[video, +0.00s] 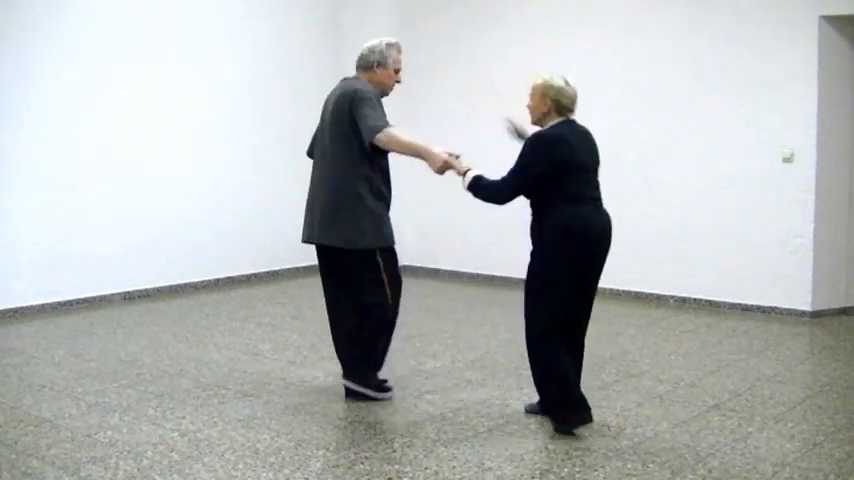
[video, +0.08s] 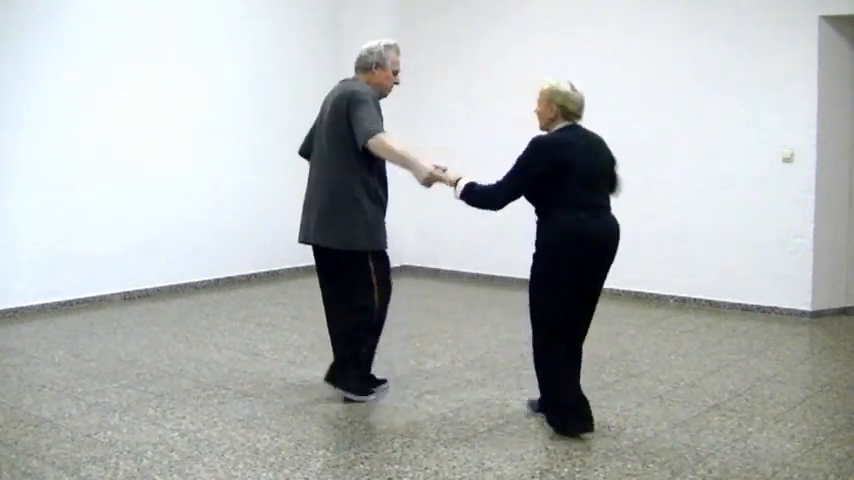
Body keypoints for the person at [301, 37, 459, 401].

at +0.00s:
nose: (399, 77)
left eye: (400, 70)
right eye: (396, 69)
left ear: (368, 67)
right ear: (377, 67)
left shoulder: (339, 94)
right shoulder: (362, 93)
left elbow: (316, 151)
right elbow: (380, 136)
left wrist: (358, 167)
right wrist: (429, 154)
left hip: (328, 219)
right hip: (359, 220)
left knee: (345, 297)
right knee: (384, 292)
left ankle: (356, 373)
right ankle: (362, 376)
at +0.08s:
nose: (397, 81)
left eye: (398, 73)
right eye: (395, 72)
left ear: (364, 69)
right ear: (375, 69)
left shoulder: (337, 95)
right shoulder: (361, 96)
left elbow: (310, 150)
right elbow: (372, 140)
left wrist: (349, 170)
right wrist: (417, 166)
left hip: (325, 221)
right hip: (355, 222)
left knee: (341, 296)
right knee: (374, 293)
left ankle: (344, 368)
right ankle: (355, 376)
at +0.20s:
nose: (394, 84)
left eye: (395, 76)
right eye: (391, 75)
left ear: (364, 73)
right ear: (369, 72)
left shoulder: (331, 99)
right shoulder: (361, 101)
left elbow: (293, 152)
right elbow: (378, 153)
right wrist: (423, 184)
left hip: (318, 222)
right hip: (346, 225)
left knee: (340, 302)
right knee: (356, 301)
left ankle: (353, 375)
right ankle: (332, 383)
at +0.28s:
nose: (392, 85)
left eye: (393, 78)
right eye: (389, 77)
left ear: (359, 74)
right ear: (368, 72)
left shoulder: (324, 101)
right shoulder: (361, 104)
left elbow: (282, 150)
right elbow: (391, 157)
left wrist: (273, 191)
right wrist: (442, 184)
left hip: (314, 224)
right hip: (338, 227)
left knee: (357, 291)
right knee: (351, 298)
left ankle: (353, 373)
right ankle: (332, 384)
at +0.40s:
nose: (387, 85)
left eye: (388, 78)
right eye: (384, 76)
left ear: (353, 74)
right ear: (363, 72)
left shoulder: (317, 101)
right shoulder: (361, 103)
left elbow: (271, 146)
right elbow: (410, 146)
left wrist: (252, 188)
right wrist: (465, 164)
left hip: (312, 223)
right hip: (336, 225)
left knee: (366, 279)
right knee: (347, 296)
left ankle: (354, 366)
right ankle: (331, 383)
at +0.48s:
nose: (387, 83)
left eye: (387, 76)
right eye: (384, 75)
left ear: (353, 73)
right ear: (363, 72)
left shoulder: (316, 100)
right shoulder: (362, 103)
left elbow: (270, 143)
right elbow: (419, 137)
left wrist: (246, 184)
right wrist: (474, 151)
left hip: (313, 220)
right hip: (335, 223)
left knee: (367, 278)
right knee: (342, 299)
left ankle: (358, 362)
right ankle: (330, 384)